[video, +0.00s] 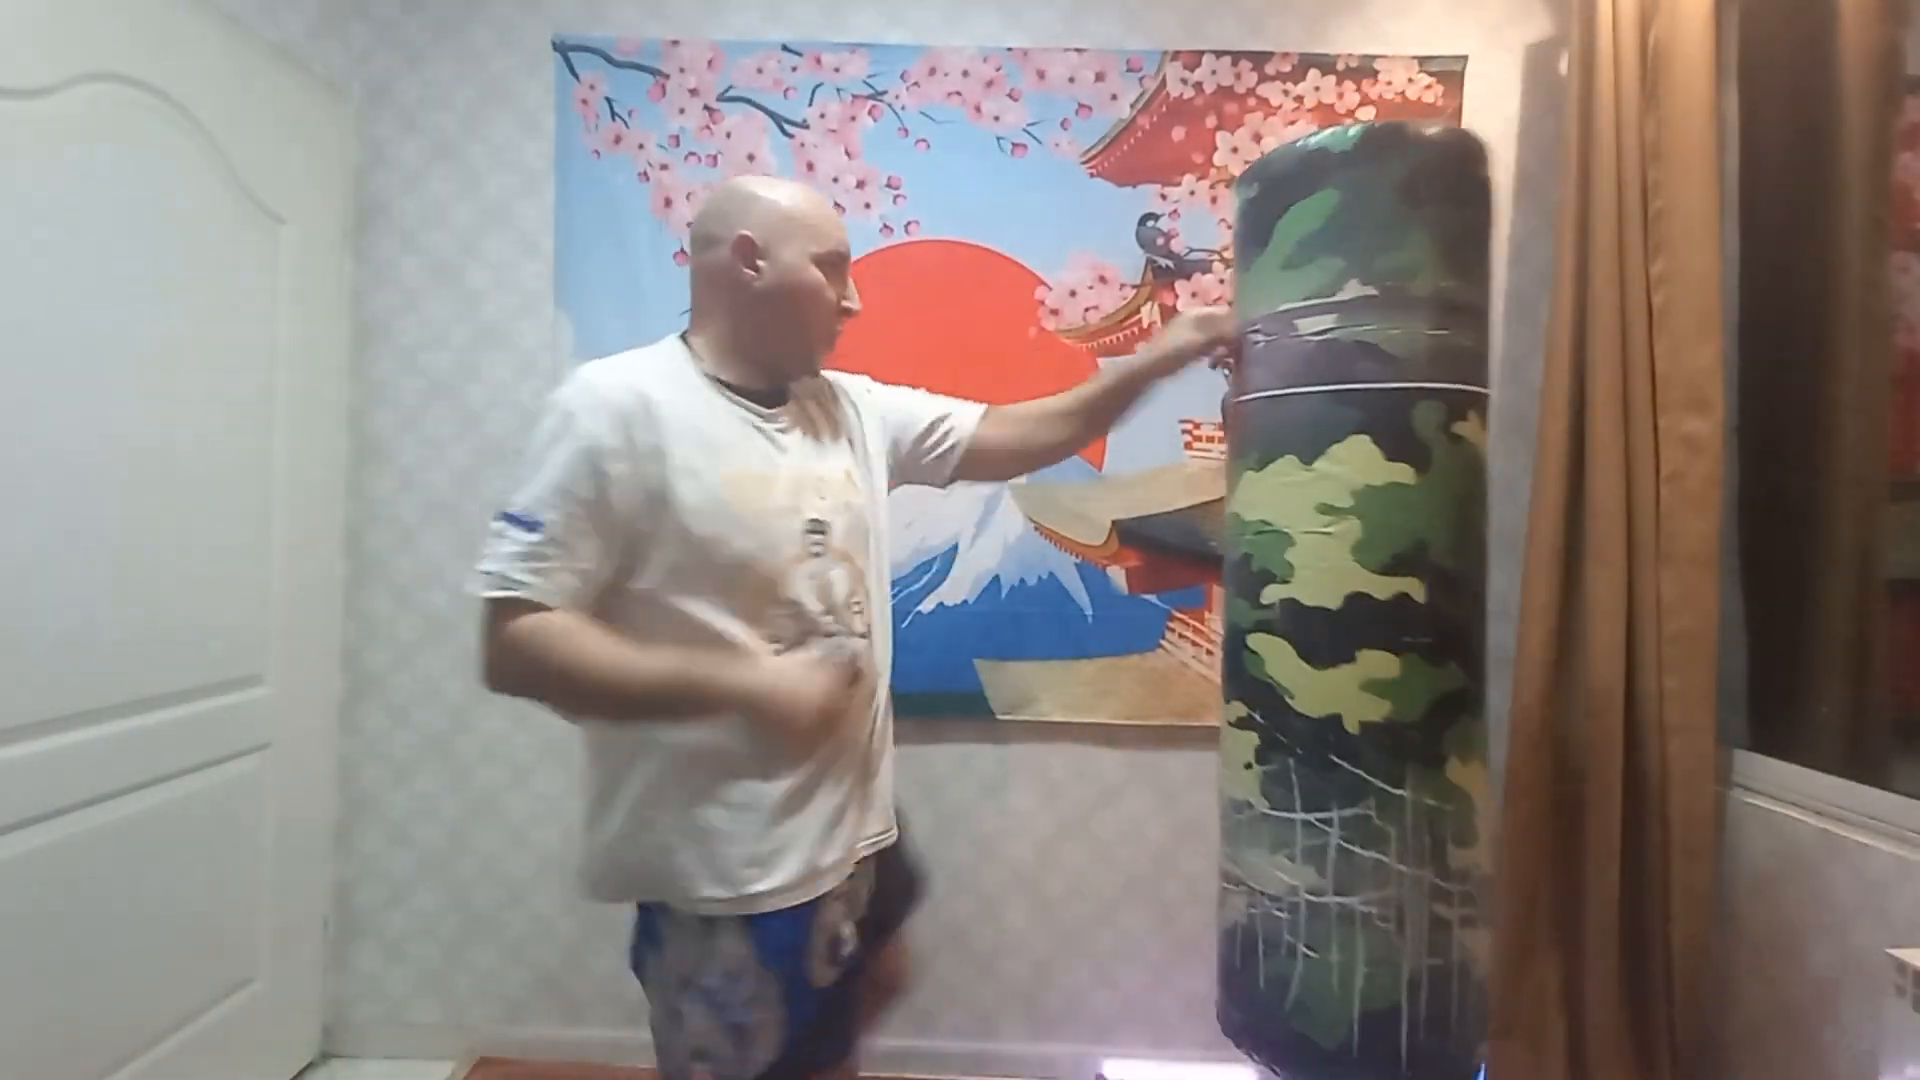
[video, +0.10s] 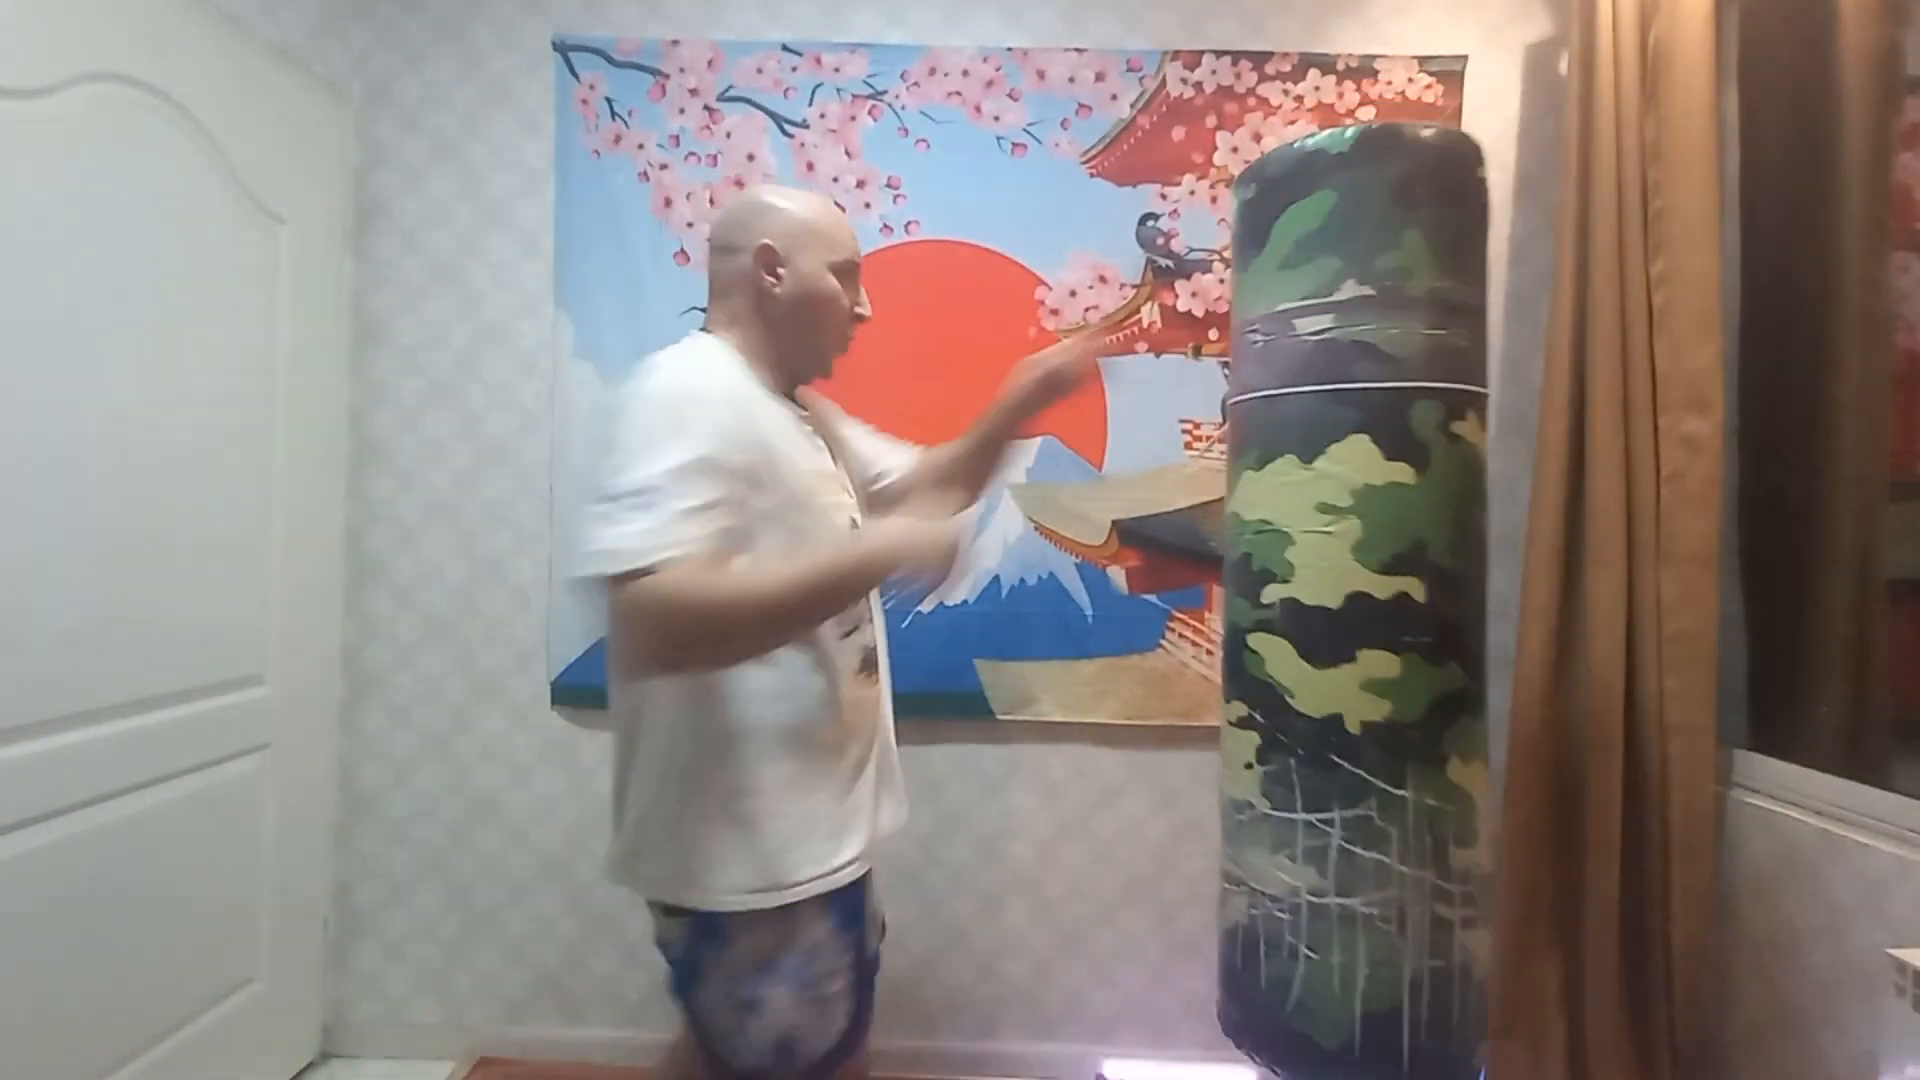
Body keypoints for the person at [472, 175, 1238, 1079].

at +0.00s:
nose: (854, 295)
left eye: (848, 268)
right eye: (831, 268)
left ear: (757, 264)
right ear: (747, 265)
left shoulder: (854, 410)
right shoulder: (611, 409)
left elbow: (1019, 434)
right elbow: (516, 642)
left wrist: (1162, 356)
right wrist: (747, 680)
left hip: (858, 853)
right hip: (724, 893)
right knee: (732, 1065)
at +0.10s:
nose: (862, 307)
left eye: (859, 281)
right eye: (844, 277)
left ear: (770, 277)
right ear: (767, 273)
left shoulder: (794, 410)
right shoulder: (685, 394)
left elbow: (915, 492)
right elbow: (652, 624)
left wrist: (1016, 407)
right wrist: (882, 547)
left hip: (823, 855)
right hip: (749, 877)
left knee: (831, 1059)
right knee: (766, 1066)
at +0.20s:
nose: (861, 316)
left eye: (859, 289)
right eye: (848, 286)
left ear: (763, 285)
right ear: (780, 281)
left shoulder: (669, 389)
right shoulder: (782, 391)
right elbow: (963, 496)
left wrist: (933, 449)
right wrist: (1089, 399)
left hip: (646, 831)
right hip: (771, 856)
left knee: (684, 1046)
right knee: (813, 1062)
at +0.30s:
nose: (843, 325)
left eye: (841, 301)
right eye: (837, 300)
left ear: (718, 292)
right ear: (791, 295)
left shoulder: (618, 402)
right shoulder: (850, 398)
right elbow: (1058, 443)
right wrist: (1155, 368)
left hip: (610, 810)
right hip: (779, 812)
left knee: (637, 1051)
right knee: (813, 1058)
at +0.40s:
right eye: (808, 292)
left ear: (704, 298)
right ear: (812, 303)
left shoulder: (613, 406)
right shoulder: (885, 411)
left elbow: (591, 524)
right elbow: (994, 486)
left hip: (639, 808)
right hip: (809, 805)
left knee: (638, 1058)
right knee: (784, 1038)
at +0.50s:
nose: (674, 312)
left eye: (686, 293)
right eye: (678, 291)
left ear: (740, 295)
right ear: (782, 298)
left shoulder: (683, 395)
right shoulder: (876, 411)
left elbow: (549, 494)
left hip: (696, 803)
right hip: (841, 792)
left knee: (654, 1044)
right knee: (768, 1011)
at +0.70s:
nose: (808, 300)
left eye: (830, 284)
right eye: (788, 282)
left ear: (856, 301)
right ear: (753, 300)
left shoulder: (886, 405)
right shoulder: (714, 422)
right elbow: (648, 528)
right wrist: (643, 575)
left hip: (865, 779)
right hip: (749, 780)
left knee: (793, 1038)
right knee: (747, 1037)